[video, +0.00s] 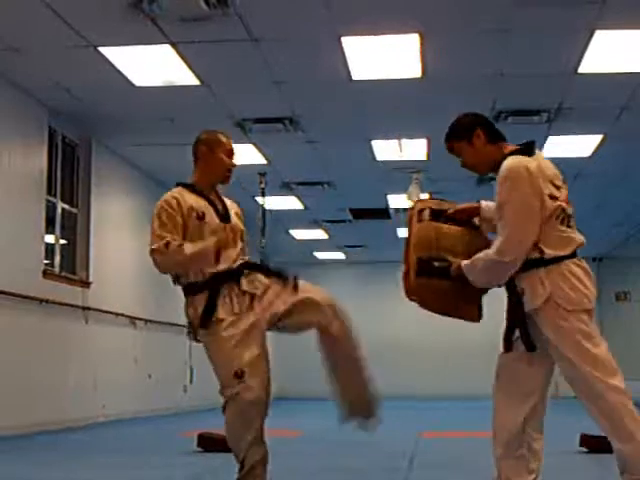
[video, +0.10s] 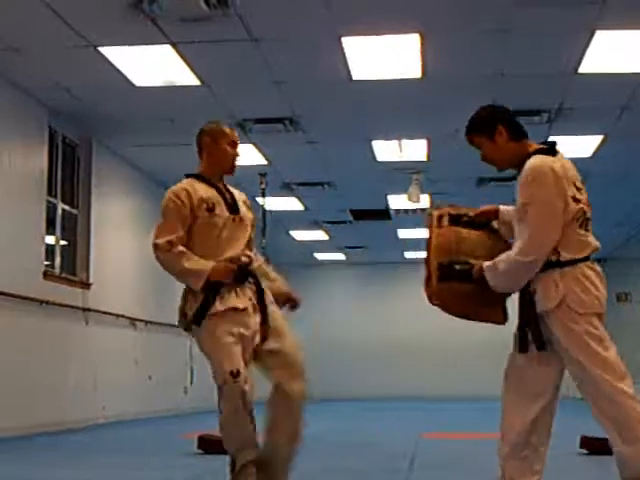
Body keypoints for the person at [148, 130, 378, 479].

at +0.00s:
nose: (233, 164)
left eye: (233, 157)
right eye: (227, 155)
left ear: (209, 157)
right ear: (203, 155)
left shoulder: (232, 208)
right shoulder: (174, 202)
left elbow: (236, 258)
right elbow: (163, 257)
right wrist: (214, 246)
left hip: (254, 287)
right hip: (219, 306)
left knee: (327, 311)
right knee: (247, 395)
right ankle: (252, 472)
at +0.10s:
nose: (237, 152)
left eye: (237, 146)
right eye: (230, 145)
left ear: (228, 151)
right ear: (206, 148)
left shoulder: (241, 200)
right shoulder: (184, 194)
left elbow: (247, 254)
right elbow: (165, 247)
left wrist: (278, 287)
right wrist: (209, 269)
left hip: (256, 301)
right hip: (216, 305)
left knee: (291, 376)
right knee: (235, 384)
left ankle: (274, 467)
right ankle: (245, 465)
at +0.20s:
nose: (241, 157)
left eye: (240, 151)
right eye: (233, 151)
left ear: (235, 159)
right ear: (210, 156)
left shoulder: (250, 209)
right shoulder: (191, 203)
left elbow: (266, 254)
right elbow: (165, 255)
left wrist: (296, 257)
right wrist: (214, 273)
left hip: (250, 306)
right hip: (210, 307)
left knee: (269, 384)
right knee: (227, 379)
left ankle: (253, 467)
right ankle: (216, 469)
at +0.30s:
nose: (236, 148)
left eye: (235, 142)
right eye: (228, 142)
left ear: (223, 149)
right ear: (205, 146)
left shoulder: (239, 201)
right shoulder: (186, 191)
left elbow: (247, 243)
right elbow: (158, 241)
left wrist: (269, 241)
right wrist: (208, 261)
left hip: (242, 296)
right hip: (201, 296)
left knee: (254, 379)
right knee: (204, 373)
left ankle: (255, 469)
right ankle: (160, 462)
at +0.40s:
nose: (221, 138)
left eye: (221, 132)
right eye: (214, 131)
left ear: (216, 140)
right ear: (188, 136)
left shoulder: (222, 190)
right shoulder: (171, 178)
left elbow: (218, 244)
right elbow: (144, 229)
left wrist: (238, 243)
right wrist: (196, 251)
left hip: (224, 293)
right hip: (187, 290)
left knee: (241, 379)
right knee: (179, 372)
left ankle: (252, 469)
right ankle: (118, 457)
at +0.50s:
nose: (204, 151)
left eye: (204, 145)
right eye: (198, 143)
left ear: (191, 150)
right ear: (174, 145)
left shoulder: (197, 200)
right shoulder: (157, 189)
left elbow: (191, 247)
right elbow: (130, 242)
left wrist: (218, 259)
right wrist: (185, 263)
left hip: (207, 306)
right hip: (176, 303)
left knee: (230, 391)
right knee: (153, 387)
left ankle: (219, 473)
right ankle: (84, 469)